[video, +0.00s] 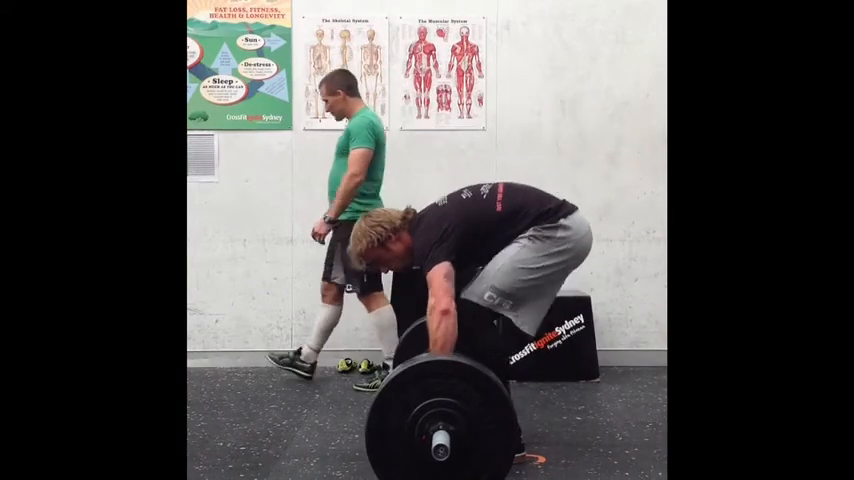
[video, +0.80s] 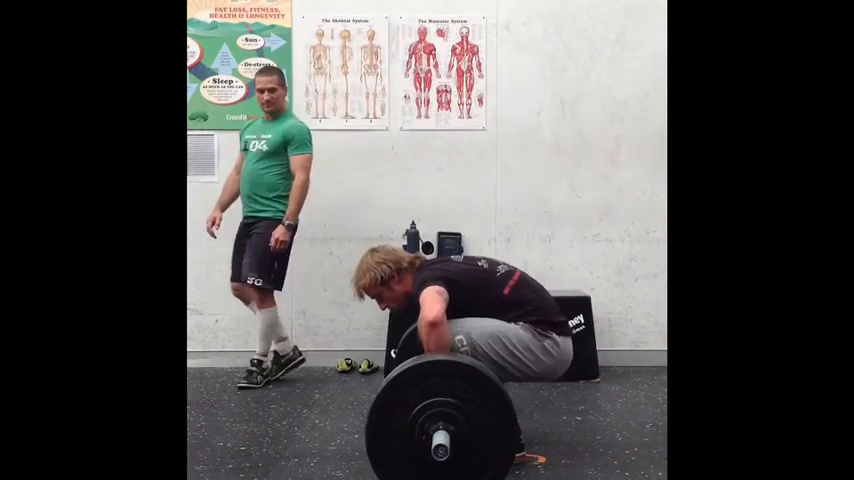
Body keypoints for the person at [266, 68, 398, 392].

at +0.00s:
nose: (326, 108)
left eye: (327, 101)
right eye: (325, 102)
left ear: (341, 94)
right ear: (344, 94)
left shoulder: (363, 124)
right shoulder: (362, 122)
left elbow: (356, 175)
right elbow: (356, 176)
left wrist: (329, 218)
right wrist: (331, 217)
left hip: (356, 222)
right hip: (349, 220)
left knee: (372, 295)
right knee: (331, 292)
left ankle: (395, 367)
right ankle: (307, 358)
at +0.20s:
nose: (296, 105)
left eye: (298, 98)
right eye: (295, 98)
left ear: (315, 94)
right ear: (314, 94)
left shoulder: (337, 123)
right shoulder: (326, 125)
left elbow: (343, 175)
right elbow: (322, 180)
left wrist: (341, 225)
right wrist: (306, 227)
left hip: (329, 224)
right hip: (314, 224)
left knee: (338, 291)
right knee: (304, 289)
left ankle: (385, 358)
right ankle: (298, 362)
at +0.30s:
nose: (283, 100)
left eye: (287, 94)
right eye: (282, 95)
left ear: (304, 92)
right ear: (302, 93)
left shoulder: (327, 123)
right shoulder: (306, 125)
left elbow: (338, 171)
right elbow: (300, 178)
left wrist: (336, 220)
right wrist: (284, 221)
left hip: (316, 219)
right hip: (300, 219)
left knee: (308, 288)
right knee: (298, 289)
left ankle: (366, 346)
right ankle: (298, 362)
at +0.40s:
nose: (275, 100)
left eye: (279, 93)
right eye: (274, 94)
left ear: (299, 91)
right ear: (289, 93)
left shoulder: (321, 123)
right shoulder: (289, 127)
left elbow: (332, 170)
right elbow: (277, 178)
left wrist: (324, 219)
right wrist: (261, 222)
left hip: (307, 216)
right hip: (291, 216)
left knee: (286, 284)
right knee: (297, 288)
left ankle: (338, 345)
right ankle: (298, 361)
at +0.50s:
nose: (269, 100)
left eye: (274, 93)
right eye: (267, 94)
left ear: (294, 91)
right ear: (275, 94)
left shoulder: (315, 125)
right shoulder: (276, 129)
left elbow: (326, 172)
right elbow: (262, 176)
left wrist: (309, 217)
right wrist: (241, 219)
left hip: (300, 218)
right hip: (280, 217)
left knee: (273, 284)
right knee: (291, 288)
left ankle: (297, 359)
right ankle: (299, 362)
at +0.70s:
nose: (268, 98)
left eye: (273, 92)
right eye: (263, 93)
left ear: (288, 92)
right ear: (259, 95)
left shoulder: (301, 129)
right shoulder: (258, 131)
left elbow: (310, 179)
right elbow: (245, 176)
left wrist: (291, 222)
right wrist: (222, 211)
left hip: (283, 222)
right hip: (259, 220)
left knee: (262, 292)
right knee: (271, 292)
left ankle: (261, 363)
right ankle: (296, 359)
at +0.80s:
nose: (266, 96)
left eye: (272, 90)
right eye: (261, 91)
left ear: (285, 91)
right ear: (255, 94)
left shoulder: (295, 129)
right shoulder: (250, 130)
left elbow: (302, 178)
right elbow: (239, 173)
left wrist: (288, 223)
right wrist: (219, 208)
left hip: (275, 220)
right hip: (250, 218)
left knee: (261, 288)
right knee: (241, 286)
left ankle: (262, 362)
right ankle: (287, 349)